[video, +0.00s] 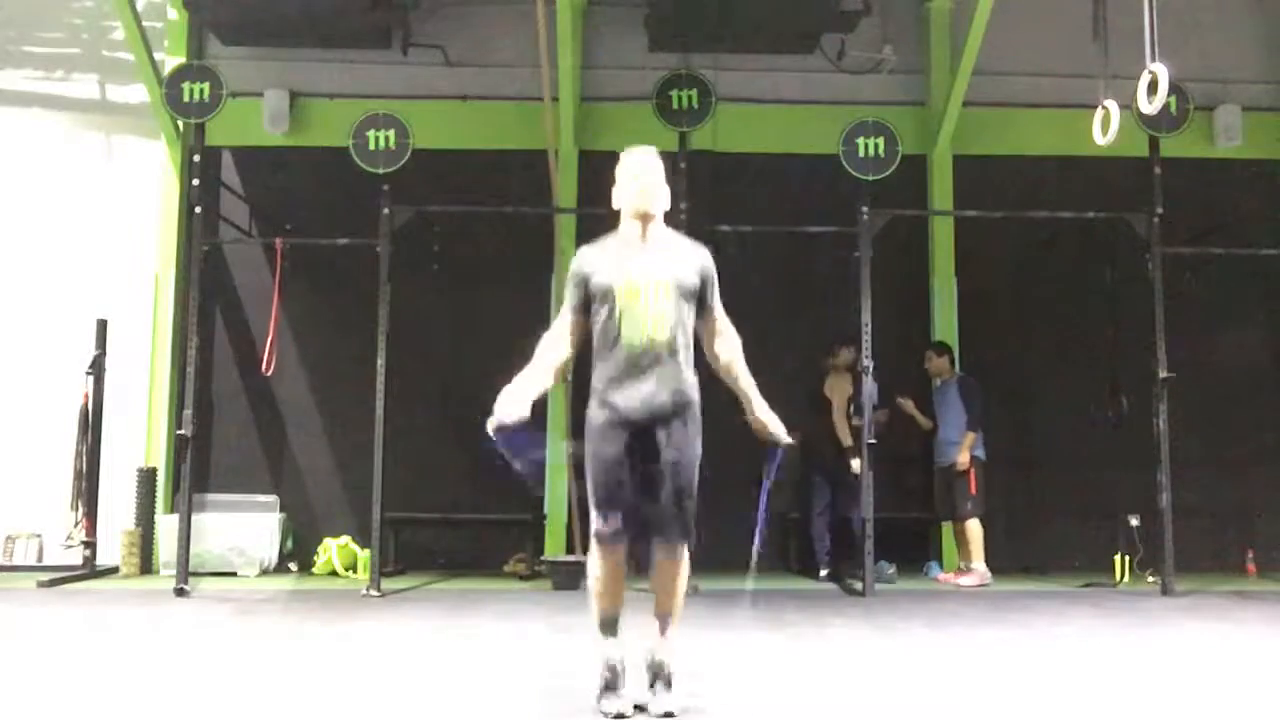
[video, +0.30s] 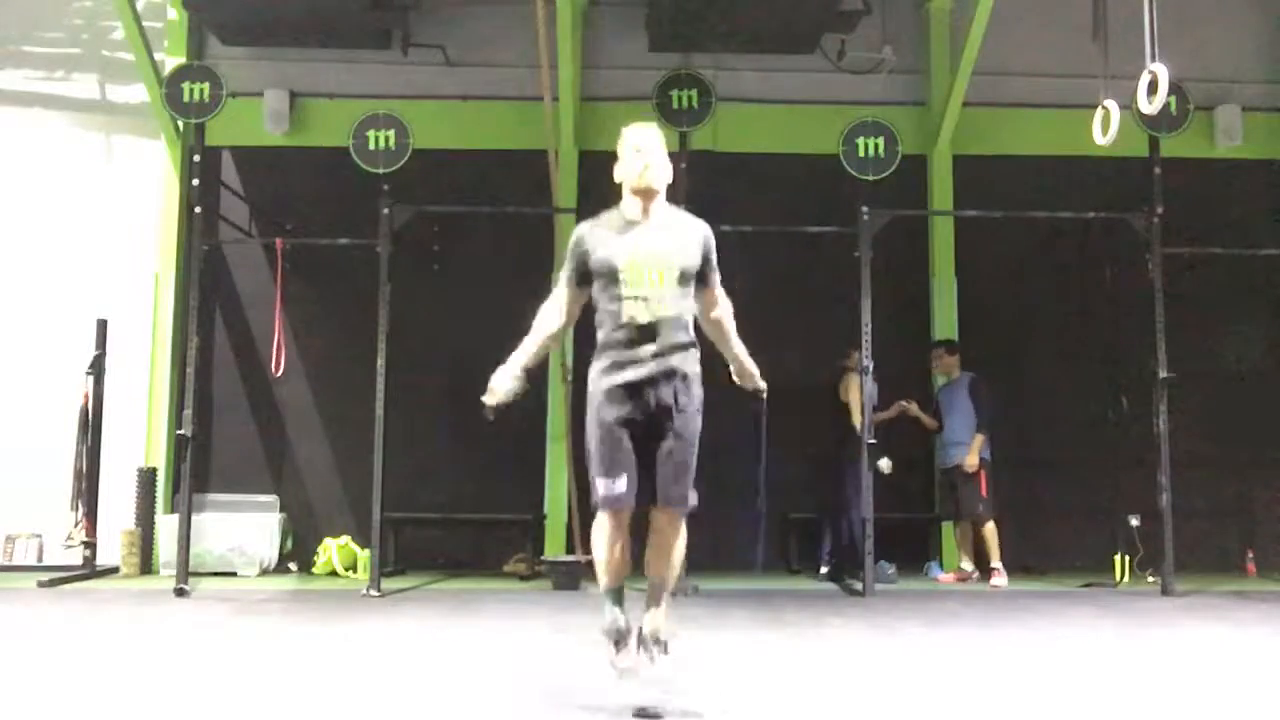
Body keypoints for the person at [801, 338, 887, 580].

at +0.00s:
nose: (852, 356)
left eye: (852, 351)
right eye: (847, 352)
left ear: (834, 360)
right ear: (836, 356)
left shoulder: (828, 379)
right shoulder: (841, 380)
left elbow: (836, 416)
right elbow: (839, 417)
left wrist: (866, 420)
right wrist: (851, 451)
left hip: (819, 449)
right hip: (836, 450)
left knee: (820, 508)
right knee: (852, 507)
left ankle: (823, 562)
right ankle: (864, 563)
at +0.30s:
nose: (864, 358)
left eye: (864, 353)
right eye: (859, 353)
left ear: (855, 358)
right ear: (851, 357)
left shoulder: (859, 380)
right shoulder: (852, 379)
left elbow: (866, 418)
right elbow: (857, 419)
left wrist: (893, 411)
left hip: (853, 450)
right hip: (850, 450)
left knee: (851, 506)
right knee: (853, 505)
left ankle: (843, 564)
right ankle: (850, 564)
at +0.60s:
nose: (878, 357)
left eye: (878, 352)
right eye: (875, 351)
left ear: (872, 357)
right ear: (868, 354)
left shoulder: (868, 380)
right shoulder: (859, 380)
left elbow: (875, 417)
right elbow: (863, 421)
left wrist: (899, 410)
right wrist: (898, 427)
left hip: (871, 447)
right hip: (862, 449)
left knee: (870, 506)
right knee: (865, 507)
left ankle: (864, 559)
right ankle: (868, 562)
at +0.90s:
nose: (883, 358)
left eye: (882, 354)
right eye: (879, 354)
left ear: (871, 356)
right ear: (871, 355)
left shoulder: (870, 381)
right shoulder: (861, 381)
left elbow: (874, 414)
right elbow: (865, 416)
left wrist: (891, 410)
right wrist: (893, 413)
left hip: (874, 445)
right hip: (867, 447)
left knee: (873, 504)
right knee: (868, 505)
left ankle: (865, 557)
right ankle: (867, 560)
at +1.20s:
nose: (884, 361)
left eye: (884, 357)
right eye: (880, 356)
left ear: (878, 359)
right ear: (870, 356)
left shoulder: (872, 381)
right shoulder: (861, 381)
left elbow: (875, 412)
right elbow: (859, 416)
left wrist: (896, 407)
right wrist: (893, 414)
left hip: (877, 443)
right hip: (868, 445)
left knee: (873, 505)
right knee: (868, 505)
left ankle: (866, 559)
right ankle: (867, 562)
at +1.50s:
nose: (885, 360)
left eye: (885, 356)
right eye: (881, 355)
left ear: (879, 358)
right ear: (870, 355)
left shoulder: (875, 380)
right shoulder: (861, 380)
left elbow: (873, 414)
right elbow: (855, 416)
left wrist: (897, 410)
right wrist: (892, 411)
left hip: (879, 447)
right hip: (868, 449)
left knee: (876, 506)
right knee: (868, 507)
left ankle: (873, 558)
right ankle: (867, 561)